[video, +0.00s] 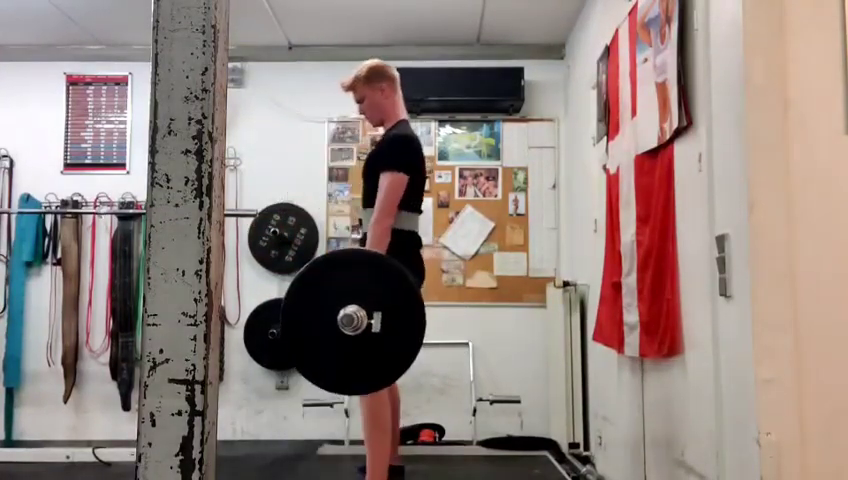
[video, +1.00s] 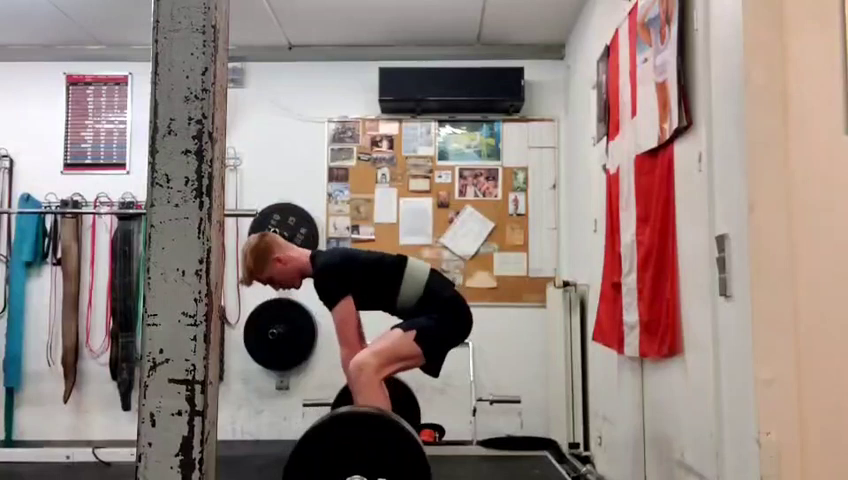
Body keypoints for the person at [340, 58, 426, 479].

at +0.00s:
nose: (361, 111)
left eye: (363, 101)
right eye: (359, 103)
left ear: (385, 93)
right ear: (386, 96)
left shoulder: (400, 142)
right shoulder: (396, 140)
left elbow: (384, 217)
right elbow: (384, 219)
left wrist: (366, 281)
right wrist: (365, 276)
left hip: (389, 264)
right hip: (394, 264)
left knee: (372, 371)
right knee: (382, 370)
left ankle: (376, 474)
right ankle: (388, 465)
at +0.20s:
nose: (323, 133)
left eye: (326, 122)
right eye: (320, 125)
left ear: (348, 116)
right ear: (328, 125)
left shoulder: (367, 164)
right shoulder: (370, 161)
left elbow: (364, 244)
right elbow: (369, 245)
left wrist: (358, 311)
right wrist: (362, 309)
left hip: (420, 274)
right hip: (417, 272)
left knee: (381, 365)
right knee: (384, 363)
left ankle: (377, 473)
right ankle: (387, 464)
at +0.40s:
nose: (282, 228)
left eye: (281, 217)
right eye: (278, 221)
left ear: (296, 206)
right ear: (301, 206)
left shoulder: (337, 246)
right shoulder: (339, 240)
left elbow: (350, 331)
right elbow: (353, 328)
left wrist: (353, 404)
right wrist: (354, 395)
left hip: (447, 294)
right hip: (442, 290)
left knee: (375, 367)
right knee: (379, 367)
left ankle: (390, 462)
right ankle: (393, 458)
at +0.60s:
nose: (277, 299)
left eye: (272, 291)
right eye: (270, 296)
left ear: (282, 266)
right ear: (281, 265)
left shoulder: (322, 272)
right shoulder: (324, 269)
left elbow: (357, 341)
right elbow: (370, 339)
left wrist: (361, 416)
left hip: (450, 307)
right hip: (437, 305)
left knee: (367, 367)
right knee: (372, 365)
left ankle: (383, 450)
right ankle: (393, 446)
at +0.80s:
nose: (277, 290)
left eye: (272, 282)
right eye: (270, 287)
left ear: (284, 256)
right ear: (285, 253)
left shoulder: (324, 271)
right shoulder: (327, 266)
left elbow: (351, 346)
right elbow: (359, 341)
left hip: (445, 314)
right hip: (436, 311)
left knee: (361, 367)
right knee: (365, 367)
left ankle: (375, 451)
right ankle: (387, 448)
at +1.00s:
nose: (276, 289)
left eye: (271, 281)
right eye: (270, 285)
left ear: (281, 261)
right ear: (282, 257)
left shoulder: (328, 273)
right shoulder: (329, 266)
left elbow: (351, 351)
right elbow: (358, 343)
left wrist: (358, 407)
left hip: (446, 313)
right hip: (433, 311)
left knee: (363, 367)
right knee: (363, 365)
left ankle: (381, 454)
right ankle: (382, 451)